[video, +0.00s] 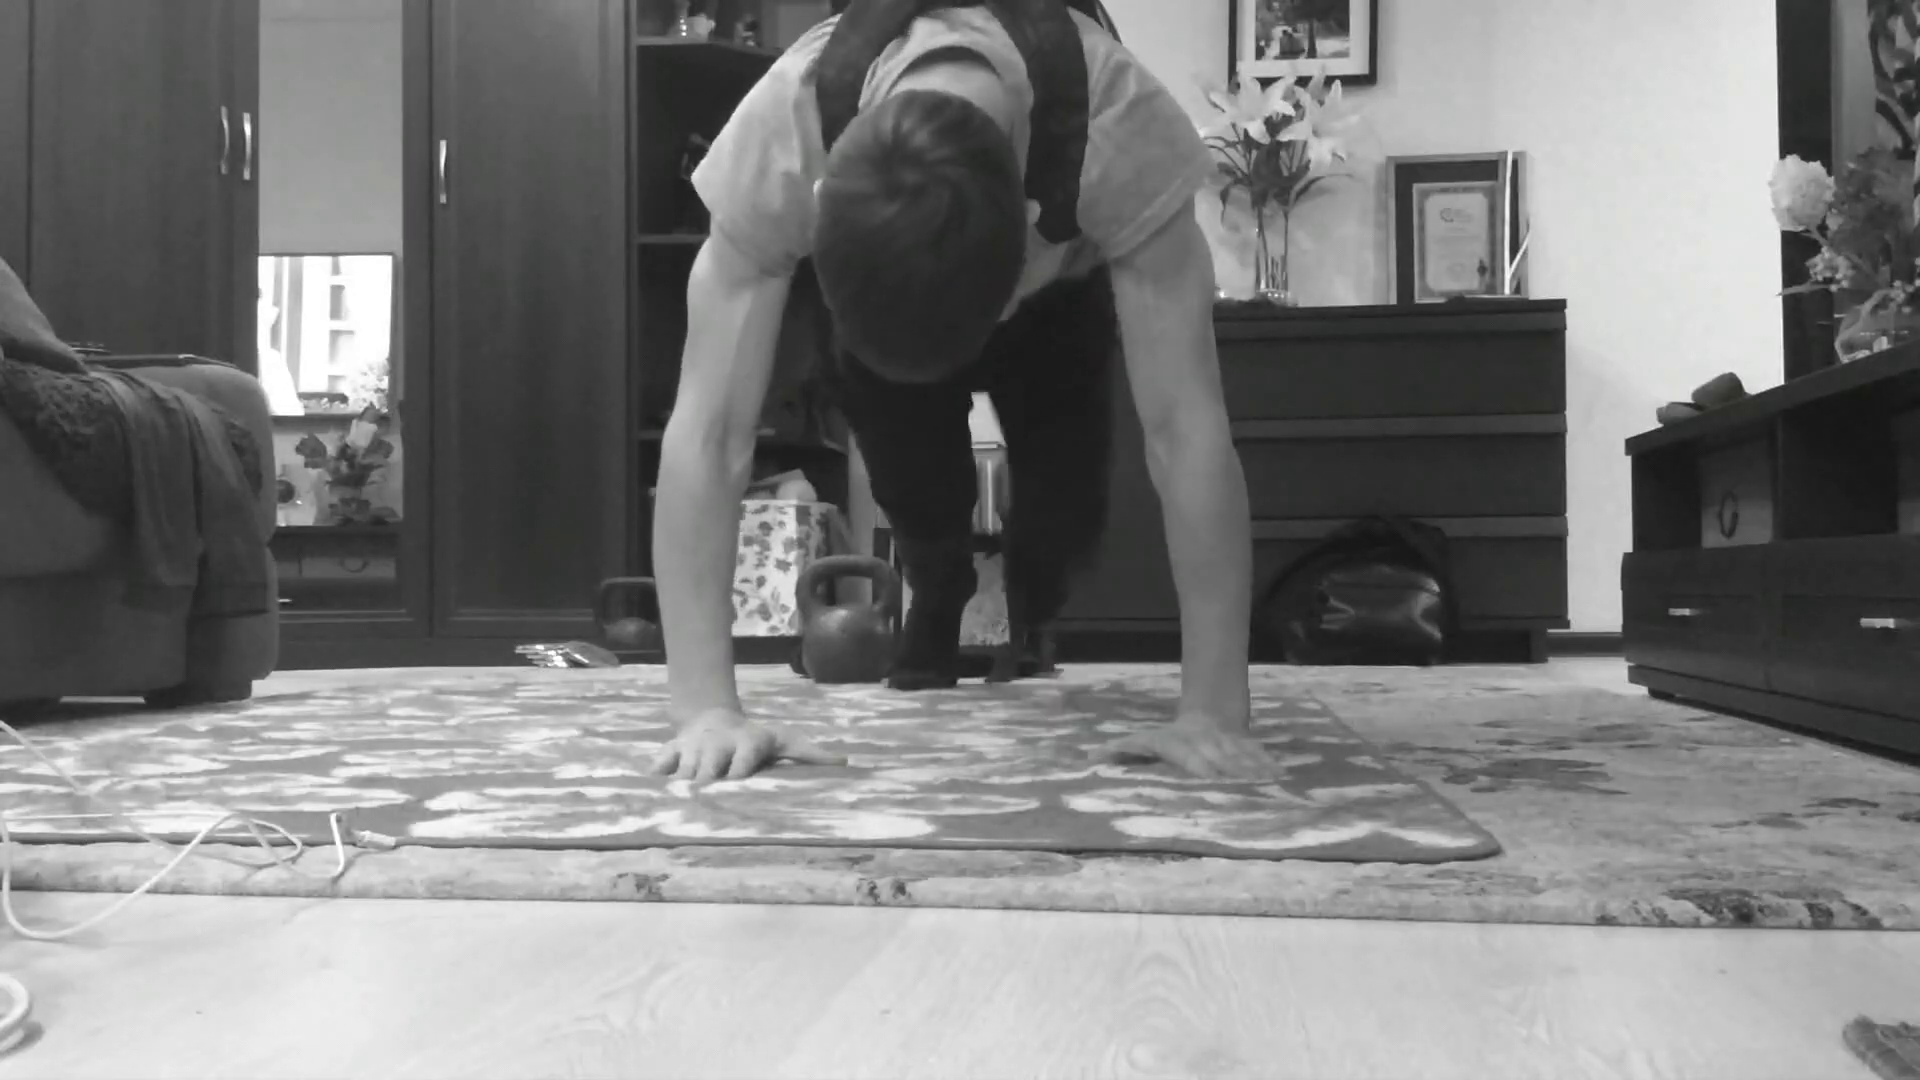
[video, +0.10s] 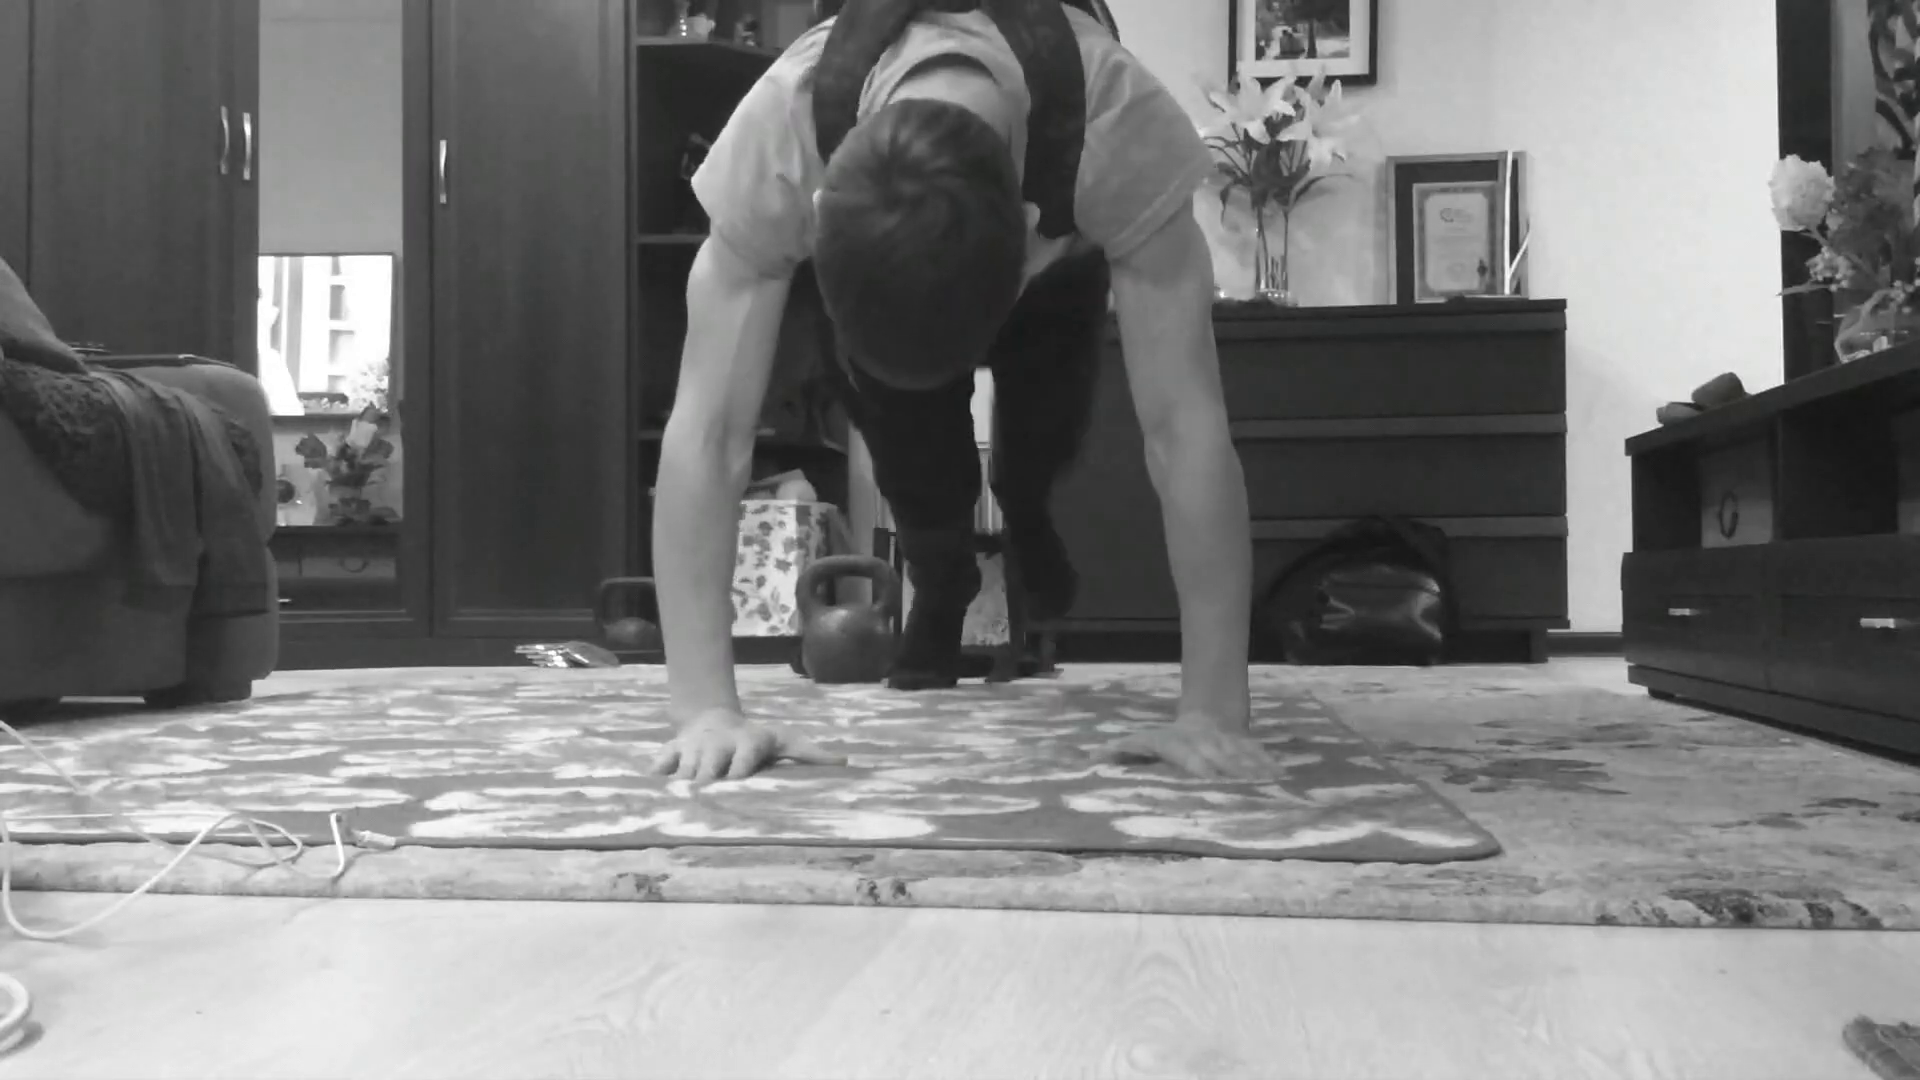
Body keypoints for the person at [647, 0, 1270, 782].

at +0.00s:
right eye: (887, 353)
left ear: (1014, 249)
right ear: (829, 223)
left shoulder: (1125, 139)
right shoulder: (778, 148)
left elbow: (1189, 431)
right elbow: (708, 434)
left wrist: (1215, 714)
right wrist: (706, 711)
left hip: (1055, 262)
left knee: (1065, 493)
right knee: (905, 474)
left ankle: (1032, 617)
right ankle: (934, 591)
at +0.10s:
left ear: (1020, 235)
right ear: (824, 222)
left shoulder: (1123, 142)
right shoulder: (777, 148)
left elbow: (1188, 429)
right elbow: (707, 433)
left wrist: (1215, 714)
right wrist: (707, 711)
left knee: (1048, 424)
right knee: (903, 439)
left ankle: (1028, 514)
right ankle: (938, 577)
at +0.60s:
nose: (942, 362)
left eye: (967, 347)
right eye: (906, 351)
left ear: (1034, 214)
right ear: (841, 224)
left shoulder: (1124, 148)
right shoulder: (789, 163)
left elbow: (1186, 431)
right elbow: (721, 436)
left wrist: (1214, 713)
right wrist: (707, 709)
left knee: (1047, 426)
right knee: (910, 425)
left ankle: (1048, 613)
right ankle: (933, 603)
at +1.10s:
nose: (936, 282)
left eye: (962, 257)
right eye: (901, 265)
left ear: (1020, 159)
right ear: (838, 175)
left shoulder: (1107, 158)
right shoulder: (782, 174)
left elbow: (1173, 443)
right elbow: (725, 444)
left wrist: (1213, 710)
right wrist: (710, 707)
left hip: (1044, 267)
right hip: (879, 282)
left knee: (1048, 474)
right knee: (915, 476)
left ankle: (1069, 644)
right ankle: (935, 611)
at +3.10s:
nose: (942, 330)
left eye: (972, 296)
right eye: (900, 314)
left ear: (1025, 178)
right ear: (829, 200)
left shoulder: (1112, 143)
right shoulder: (774, 156)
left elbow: (1169, 440)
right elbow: (727, 434)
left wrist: (1213, 709)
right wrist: (708, 708)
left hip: (1049, 259)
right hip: (870, 269)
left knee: (1045, 476)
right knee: (911, 480)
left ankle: (1056, 615)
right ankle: (930, 605)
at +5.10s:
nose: (940, 340)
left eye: (972, 317)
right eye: (902, 328)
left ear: (1027, 203)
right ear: (832, 208)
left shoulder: (1115, 146)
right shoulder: (781, 156)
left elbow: (1174, 438)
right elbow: (727, 433)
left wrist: (1214, 711)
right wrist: (709, 709)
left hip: (1047, 244)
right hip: (873, 257)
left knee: (1044, 468)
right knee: (914, 471)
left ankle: (1059, 621)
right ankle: (935, 605)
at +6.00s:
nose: (934, 326)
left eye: (965, 288)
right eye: (894, 309)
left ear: (1025, 176)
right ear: (821, 176)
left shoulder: (1115, 146)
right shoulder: (767, 156)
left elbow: (1181, 432)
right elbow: (713, 433)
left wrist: (1214, 712)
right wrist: (708, 709)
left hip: (1045, 261)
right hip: (869, 274)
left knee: (1042, 471)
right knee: (910, 477)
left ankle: (1060, 623)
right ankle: (933, 601)